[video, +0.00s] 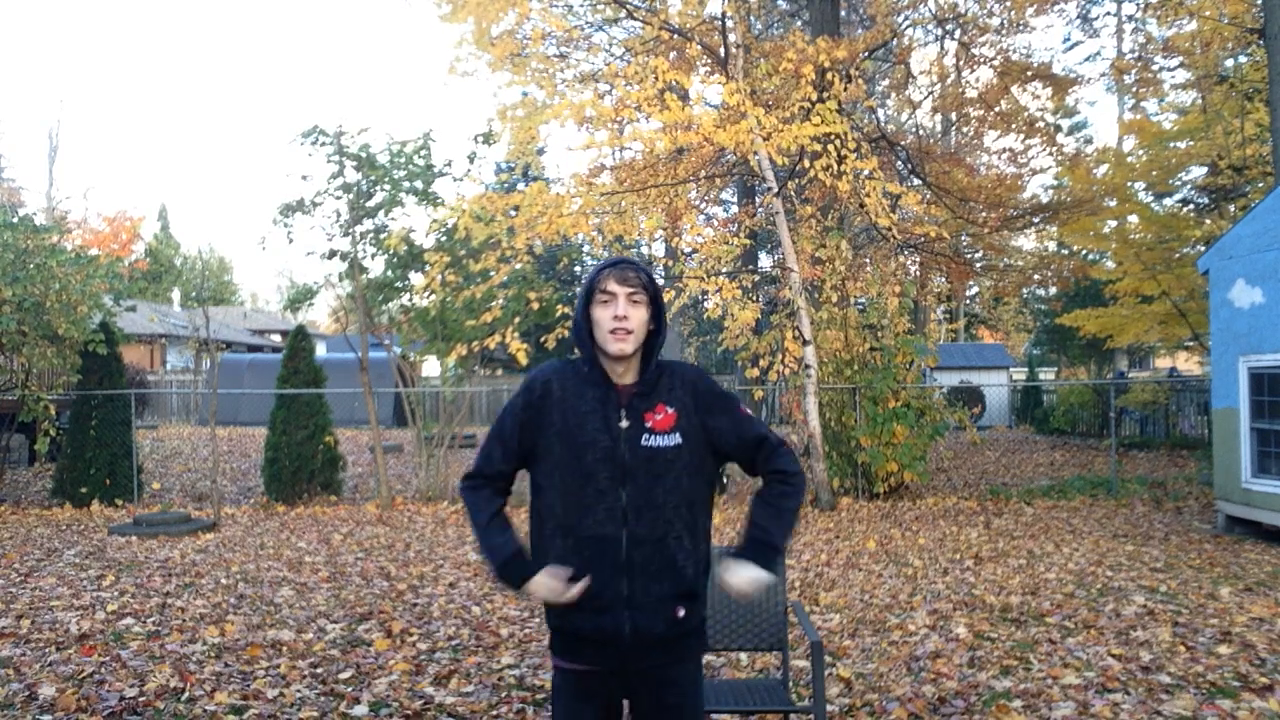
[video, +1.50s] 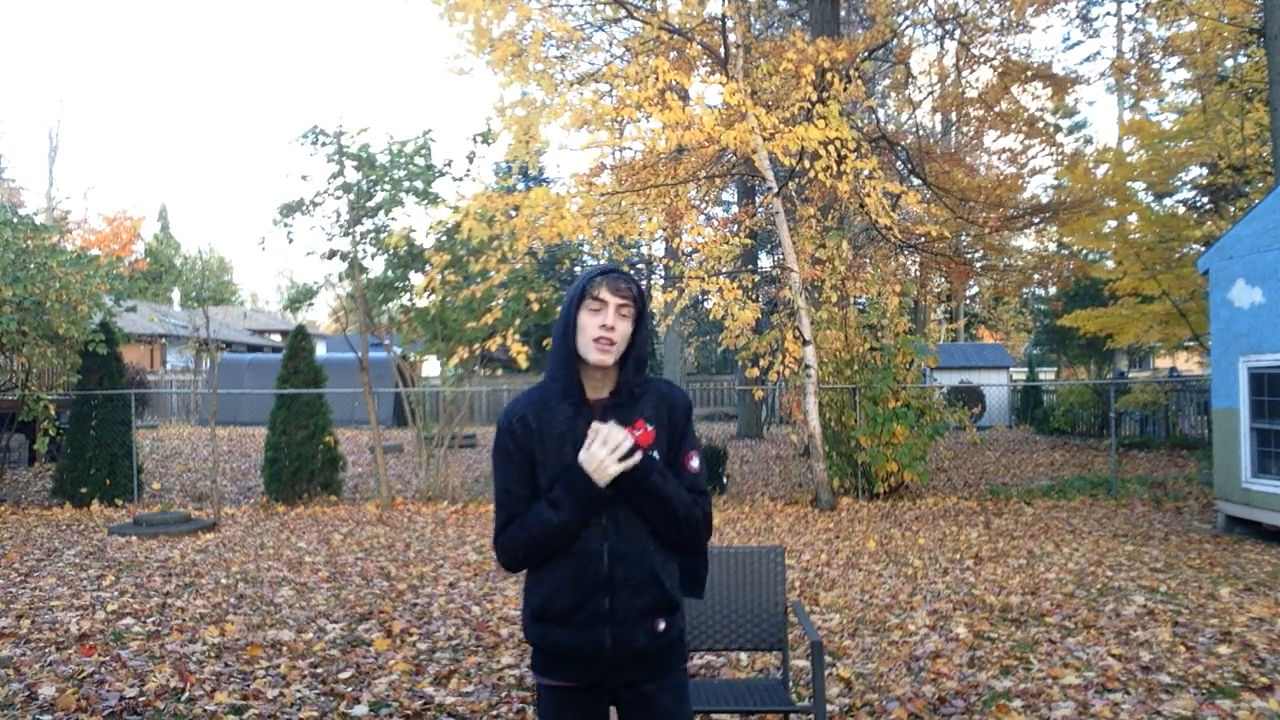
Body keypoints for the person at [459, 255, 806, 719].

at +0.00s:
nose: (620, 313)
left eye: (634, 300)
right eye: (606, 300)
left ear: (652, 317)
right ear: (586, 315)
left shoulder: (690, 391)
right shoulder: (547, 392)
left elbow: (783, 468)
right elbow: (481, 486)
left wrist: (756, 555)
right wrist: (521, 572)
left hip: (673, 638)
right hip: (582, 641)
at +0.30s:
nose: (609, 316)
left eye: (623, 305)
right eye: (595, 304)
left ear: (642, 319)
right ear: (576, 319)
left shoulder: (678, 402)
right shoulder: (539, 408)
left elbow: (696, 530)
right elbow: (532, 541)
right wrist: (477, 628)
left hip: (658, 645)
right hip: (570, 647)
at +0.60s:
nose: (607, 318)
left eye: (619, 300)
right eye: (594, 311)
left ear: (651, 307)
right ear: (587, 331)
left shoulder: (706, 401)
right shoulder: (567, 405)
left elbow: (711, 528)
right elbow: (552, 537)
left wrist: (739, 609)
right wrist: (526, 634)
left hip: (677, 642)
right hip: (589, 645)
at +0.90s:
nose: (631, 318)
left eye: (644, 302)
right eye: (616, 309)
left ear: (671, 313)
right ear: (608, 327)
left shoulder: (719, 408)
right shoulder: (576, 410)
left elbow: (722, 524)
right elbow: (562, 527)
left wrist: (757, 569)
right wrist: (555, 582)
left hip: (690, 643)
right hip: (602, 646)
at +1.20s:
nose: (629, 312)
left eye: (644, 302)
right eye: (616, 299)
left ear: (660, 320)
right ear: (596, 313)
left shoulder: (694, 398)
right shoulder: (555, 409)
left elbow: (715, 528)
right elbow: (553, 542)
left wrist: (657, 457)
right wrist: (615, 460)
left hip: (677, 636)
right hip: (587, 639)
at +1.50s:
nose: (608, 323)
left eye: (623, 313)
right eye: (595, 308)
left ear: (636, 330)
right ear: (572, 319)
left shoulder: (667, 406)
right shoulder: (526, 417)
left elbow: (696, 529)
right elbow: (511, 549)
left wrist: (636, 461)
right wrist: (582, 481)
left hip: (653, 641)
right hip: (565, 646)